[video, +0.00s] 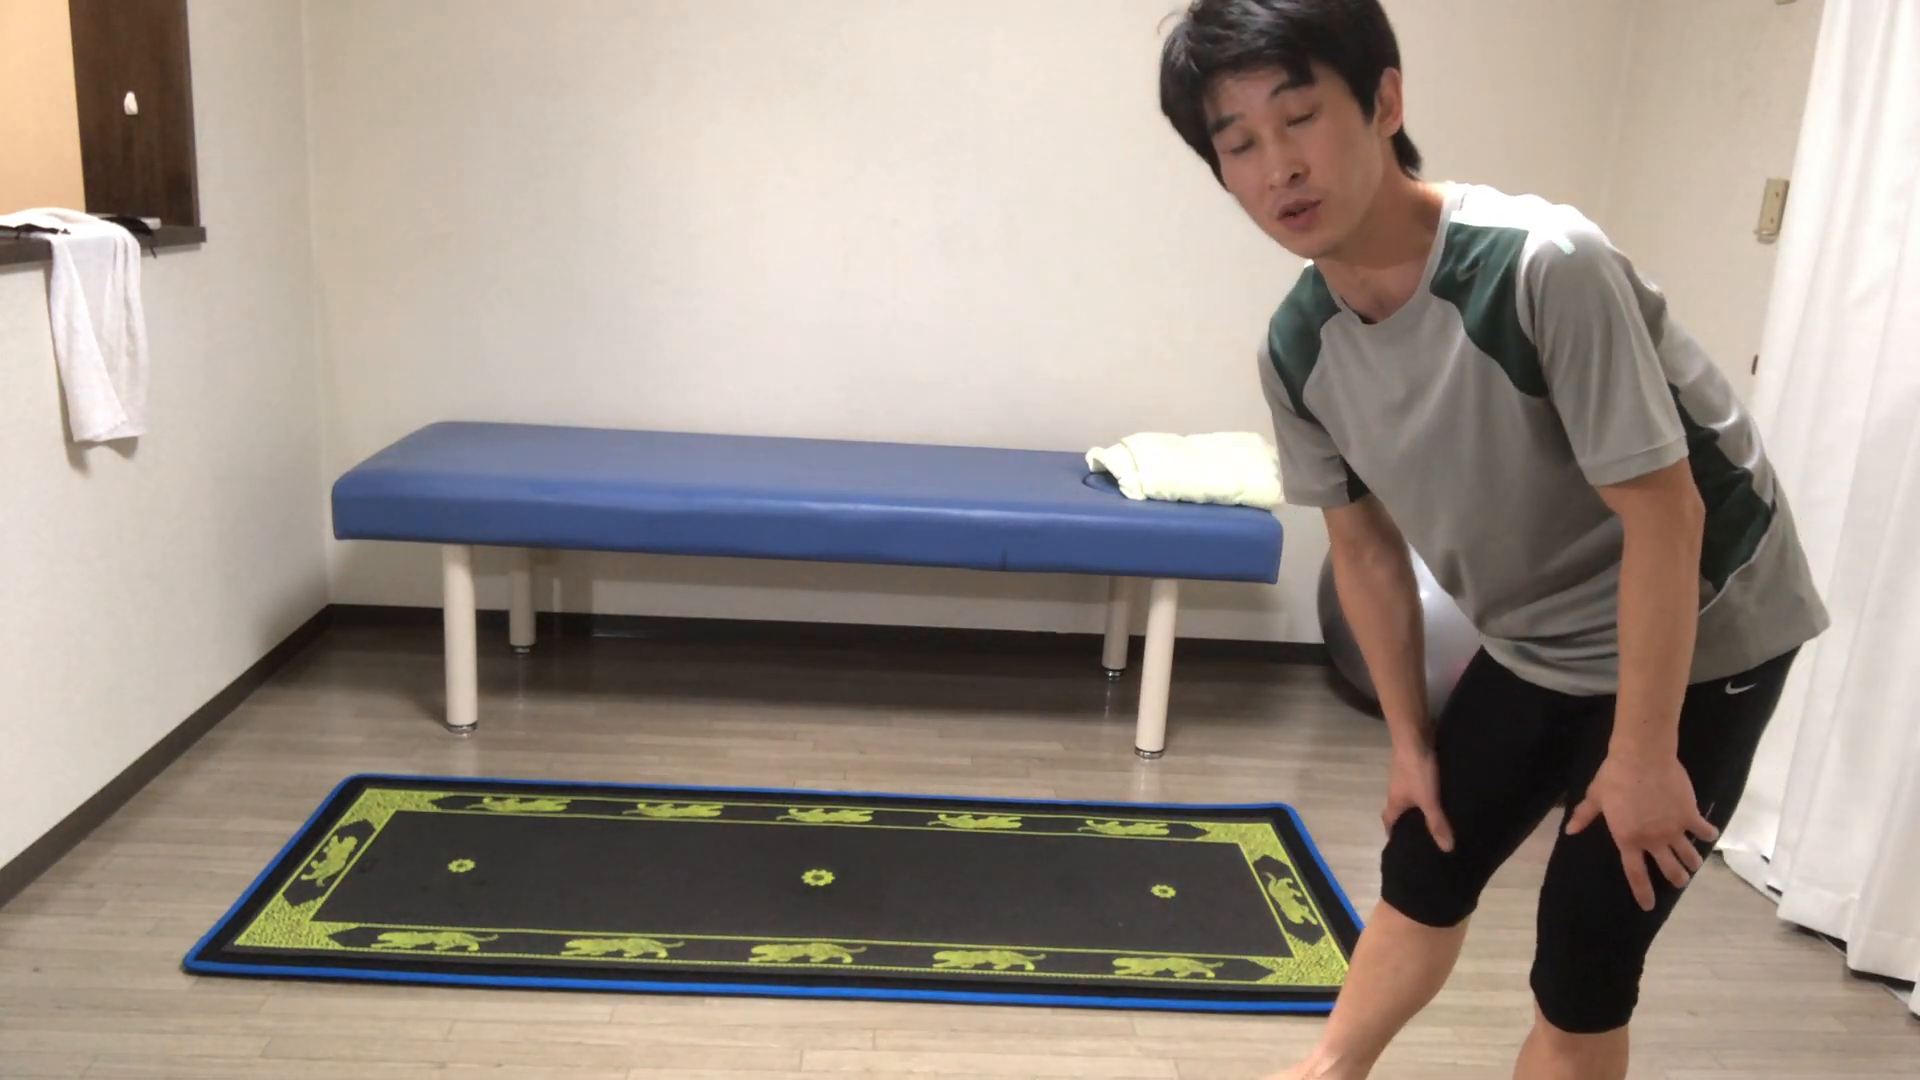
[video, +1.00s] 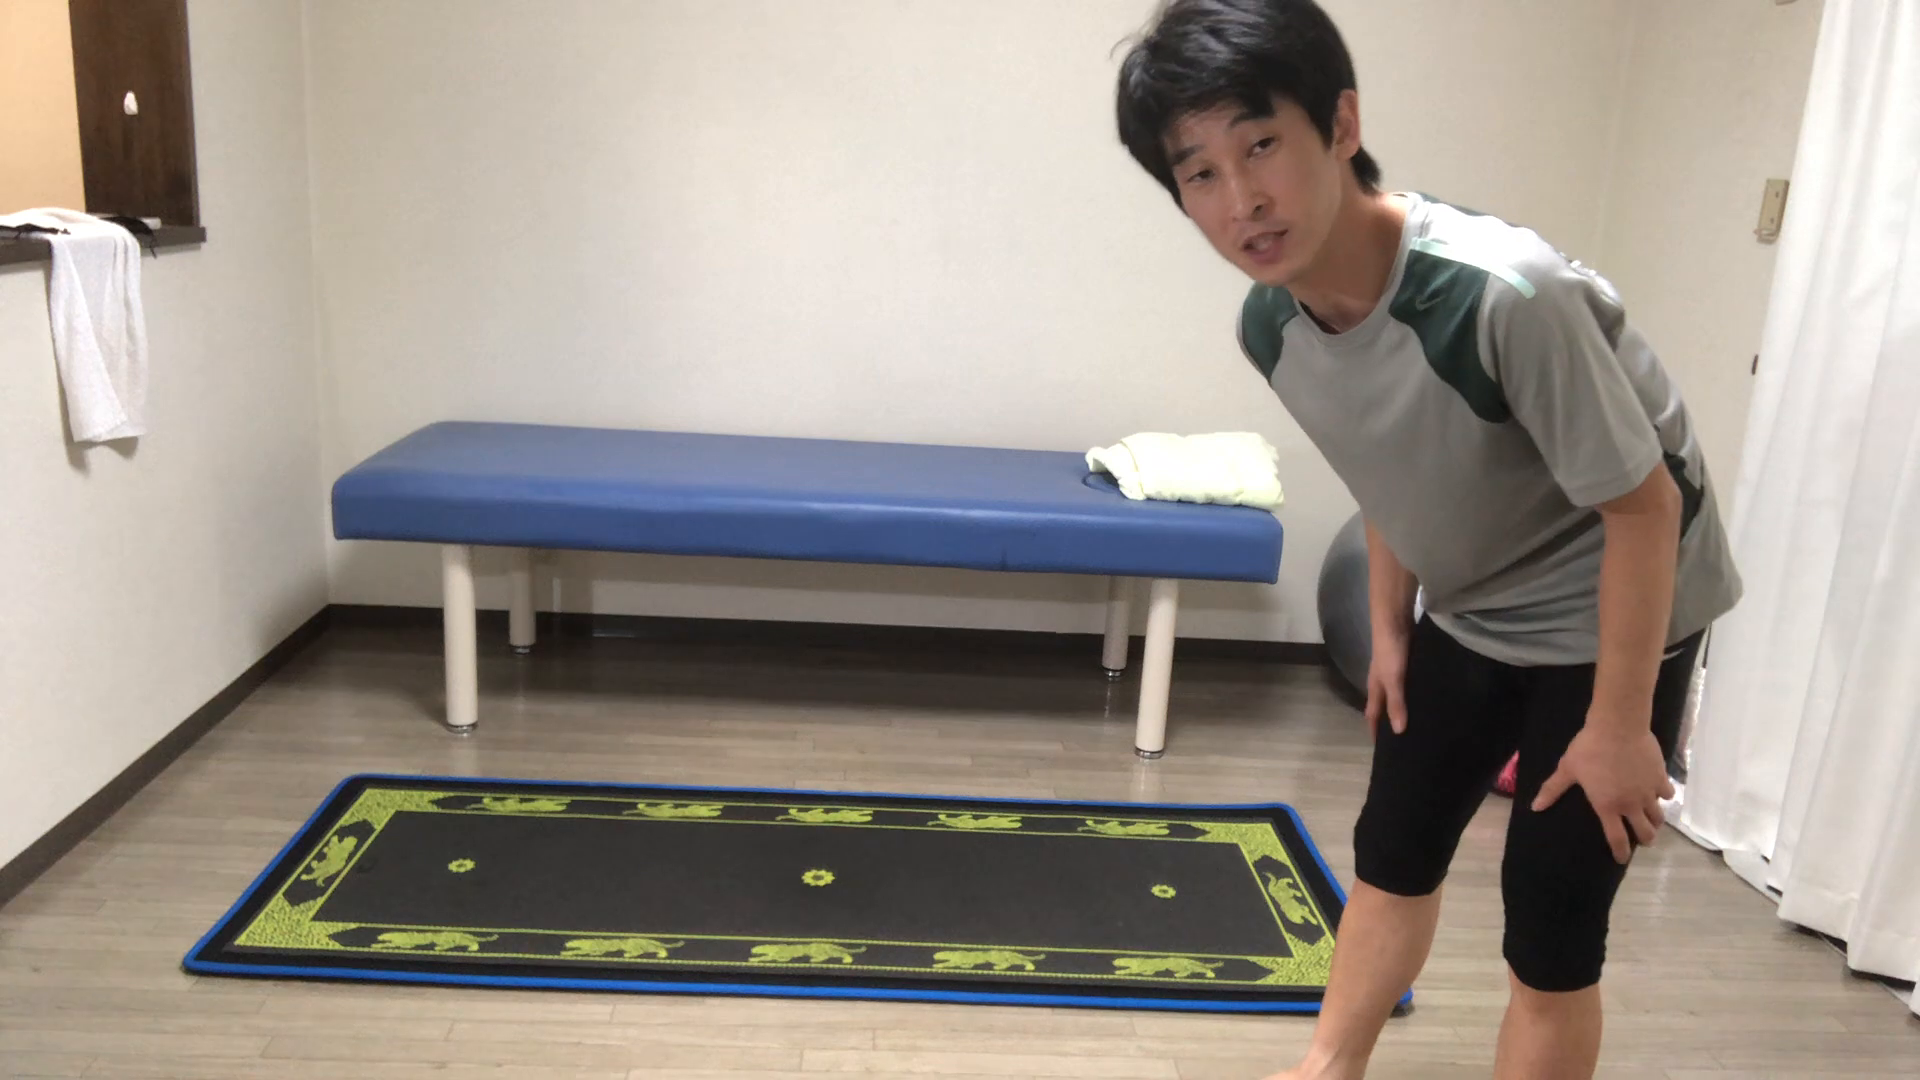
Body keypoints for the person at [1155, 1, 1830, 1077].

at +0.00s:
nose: (1278, 171)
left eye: (1301, 119)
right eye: (1239, 146)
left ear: (1385, 107)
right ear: (1219, 175)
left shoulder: (1544, 269)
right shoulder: (1301, 348)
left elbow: (1667, 515)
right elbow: (1363, 546)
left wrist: (1644, 748)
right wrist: (1409, 739)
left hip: (1710, 621)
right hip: (1542, 627)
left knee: (1588, 930)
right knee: (1422, 858)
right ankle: (1333, 1062)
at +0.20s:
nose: (1277, 166)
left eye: (1297, 112)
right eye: (1238, 142)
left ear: (1385, 100)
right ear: (1217, 173)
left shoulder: (1544, 272)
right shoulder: (1300, 341)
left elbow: (1672, 505)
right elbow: (1381, 512)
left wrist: (1665, 744)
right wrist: (1422, 675)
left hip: (1685, 619)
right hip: (1521, 622)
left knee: (1583, 921)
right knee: (1413, 860)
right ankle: (1333, 1063)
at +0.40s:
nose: (1270, 177)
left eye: (1292, 124)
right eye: (1231, 150)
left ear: (1380, 109)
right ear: (1210, 177)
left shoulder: (1545, 286)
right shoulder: (1296, 333)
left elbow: (1692, 504)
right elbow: (1441, 484)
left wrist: (1681, 742)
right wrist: (1494, 620)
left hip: (1659, 631)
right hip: (1505, 622)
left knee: (1571, 941)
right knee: (1406, 867)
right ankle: (1331, 1061)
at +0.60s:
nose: (1264, 186)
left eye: (1289, 135)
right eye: (1225, 160)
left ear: (1371, 116)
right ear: (1201, 184)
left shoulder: (1540, 293)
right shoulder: (1291, 331)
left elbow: (1680, 507)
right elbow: (1426, 473)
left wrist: (1662, 736)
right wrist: (1447, 601)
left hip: (1645, 625)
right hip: (1493, 616)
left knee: (1565, 934)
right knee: (1402, 866)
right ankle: (1330, 1063)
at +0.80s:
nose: (1255, 189)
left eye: (1279, 137)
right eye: (1215, 164)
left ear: (1360, 119)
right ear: (1192, 191)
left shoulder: (1531, 298)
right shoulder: (1284, 332)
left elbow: (1668, 505)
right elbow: (1406, 474)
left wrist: (1639, 727)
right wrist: (1408, 617)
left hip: (1625, 622)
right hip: (1473, 612)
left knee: (1559, 931)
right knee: (1396, 858)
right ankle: (1331, 1061)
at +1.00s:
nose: (1239, 199)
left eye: (1261, 146)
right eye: (1199, 174)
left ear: (1341, 126)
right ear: (1176, 198)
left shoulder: (1513, 298)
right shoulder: (1273, 326)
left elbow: (1643, 505)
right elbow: (1390, 471)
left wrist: (1620, 721)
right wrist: (1389, 626)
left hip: (1610, 622)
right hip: (1461, 608)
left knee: (1551, 930)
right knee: (1391, 852)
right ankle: (1331, 1061)